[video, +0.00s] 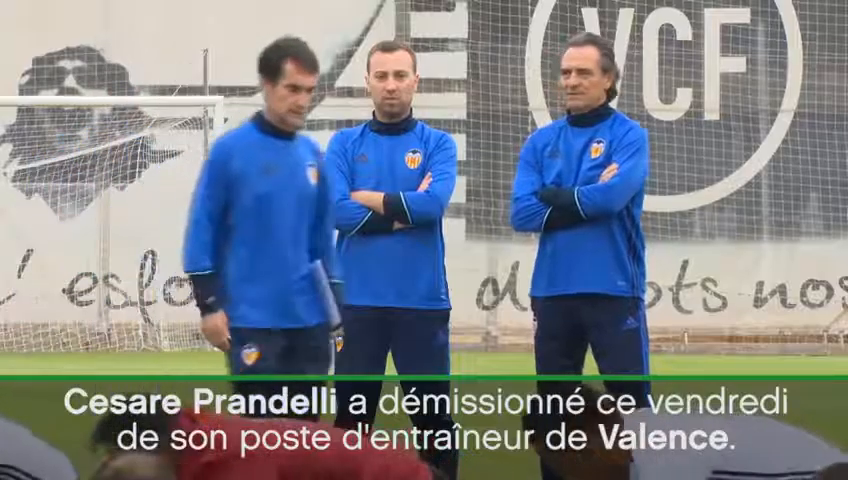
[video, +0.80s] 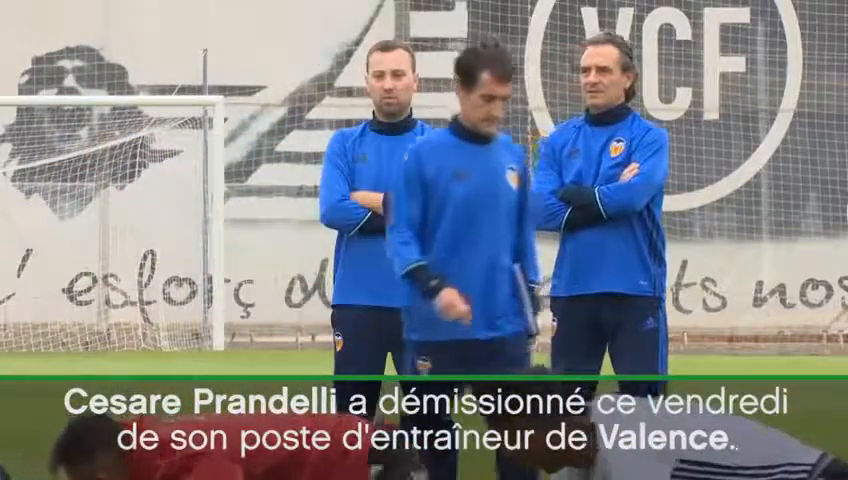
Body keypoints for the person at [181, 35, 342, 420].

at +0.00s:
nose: (302, 101)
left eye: (309, 91)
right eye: (293, 89)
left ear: (316, 92)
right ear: (266, 85)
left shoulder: (312, 154)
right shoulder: (230, 150)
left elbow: (322, 241)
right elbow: (200, 232)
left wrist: (335, 313)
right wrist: (209, 305)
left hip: (310, 317)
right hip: (251, 318)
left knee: (307, 433)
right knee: (258, 434)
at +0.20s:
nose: (353, 109)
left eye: (360, 99)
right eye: (344, 97)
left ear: (366, 95)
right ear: (317, 91)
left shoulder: (367, 160)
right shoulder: (281, 157)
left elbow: (378, 236)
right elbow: (244, 232)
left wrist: (393, 300)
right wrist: (238, 310)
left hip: (356, 315)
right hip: (299, 313)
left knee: (355, 429)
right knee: (321, 414)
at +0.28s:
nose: (372, 115)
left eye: (379, 105)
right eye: (363, 104)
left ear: (386, 101)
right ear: (336, 97)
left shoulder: (387, 163)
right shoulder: (302, 163)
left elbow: (399, 239)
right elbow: (266, 238)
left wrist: (412, 304)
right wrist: (255, 316)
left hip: (373, 321)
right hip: (321, 320)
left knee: (358, 439)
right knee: (333, 439)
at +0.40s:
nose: (401, 112)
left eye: (408, 101)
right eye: (391, 100)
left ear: (416, 95)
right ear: (364, 93)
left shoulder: (415, 158)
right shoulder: (330, 160)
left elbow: (428, 237)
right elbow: (299, 241)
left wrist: (439, 303)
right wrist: (291, 320)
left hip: (412, 318)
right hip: (352, 319)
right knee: (365, 442)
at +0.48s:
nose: (419, 108)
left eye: (425, 97)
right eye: (409, 96)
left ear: (433, 92)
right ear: (378, 88)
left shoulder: (439, 147)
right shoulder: (347, 148)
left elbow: (445, 224)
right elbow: (321, 232)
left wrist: (453, 294)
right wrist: (321, 316)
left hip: (427, 320)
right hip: (366, 323)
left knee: (437, 443)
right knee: (365, 446)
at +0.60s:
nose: (447, 102)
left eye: (454, 91)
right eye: (438, 90)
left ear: (459, 88)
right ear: (408, 83)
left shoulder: (459, 143)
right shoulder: (372, 147)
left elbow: (472, 226)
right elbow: (351, 232)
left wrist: (481, 294)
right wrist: (371, 300)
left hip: (458, 317)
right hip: (396, 323)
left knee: (457, 440)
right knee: (391, 441)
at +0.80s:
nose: (496, 111)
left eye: (503, 100)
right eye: (486, 99)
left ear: (510, 95)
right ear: (459, 91)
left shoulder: (513, 155)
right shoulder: (422, 155)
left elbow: (523, 236)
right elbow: (400, 236)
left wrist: (536, 305)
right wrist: (434, 286)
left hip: (505, 327)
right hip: (438, 329)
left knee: (517, 443)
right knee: (436, 444)